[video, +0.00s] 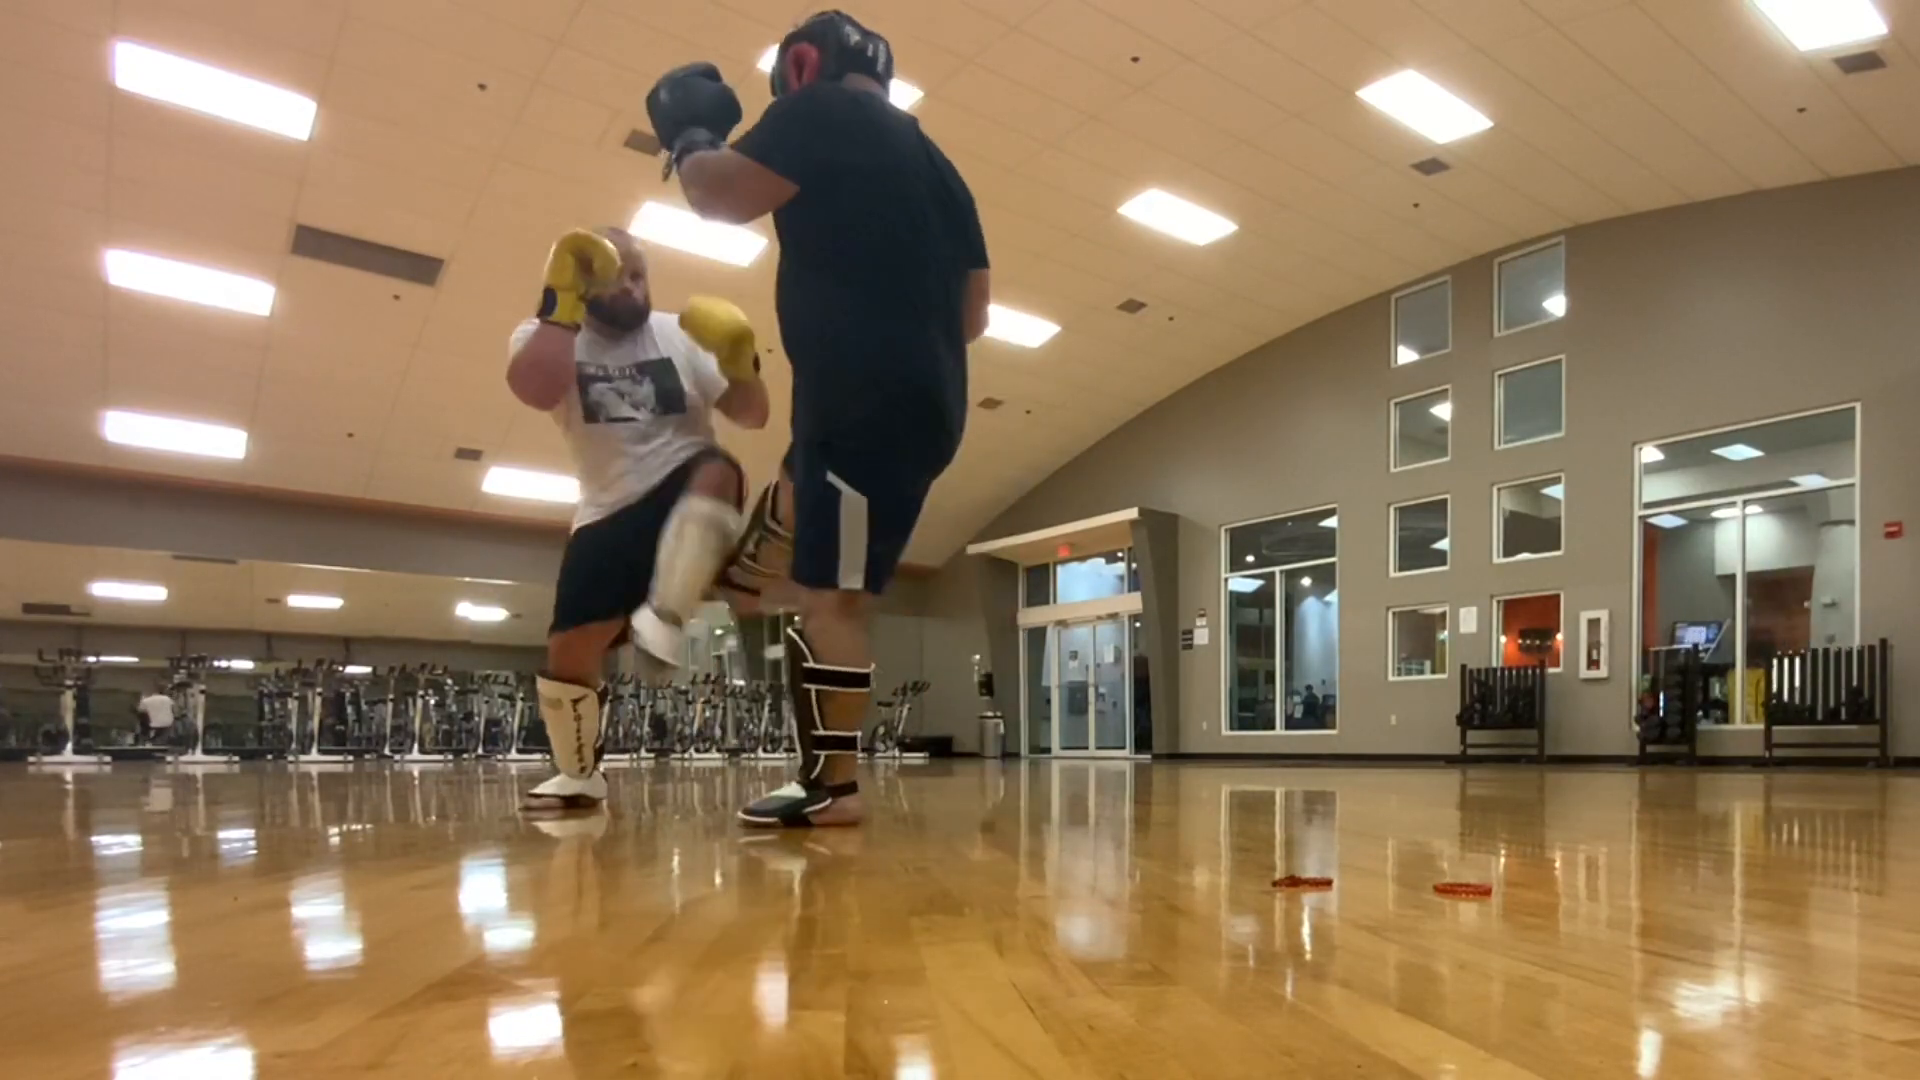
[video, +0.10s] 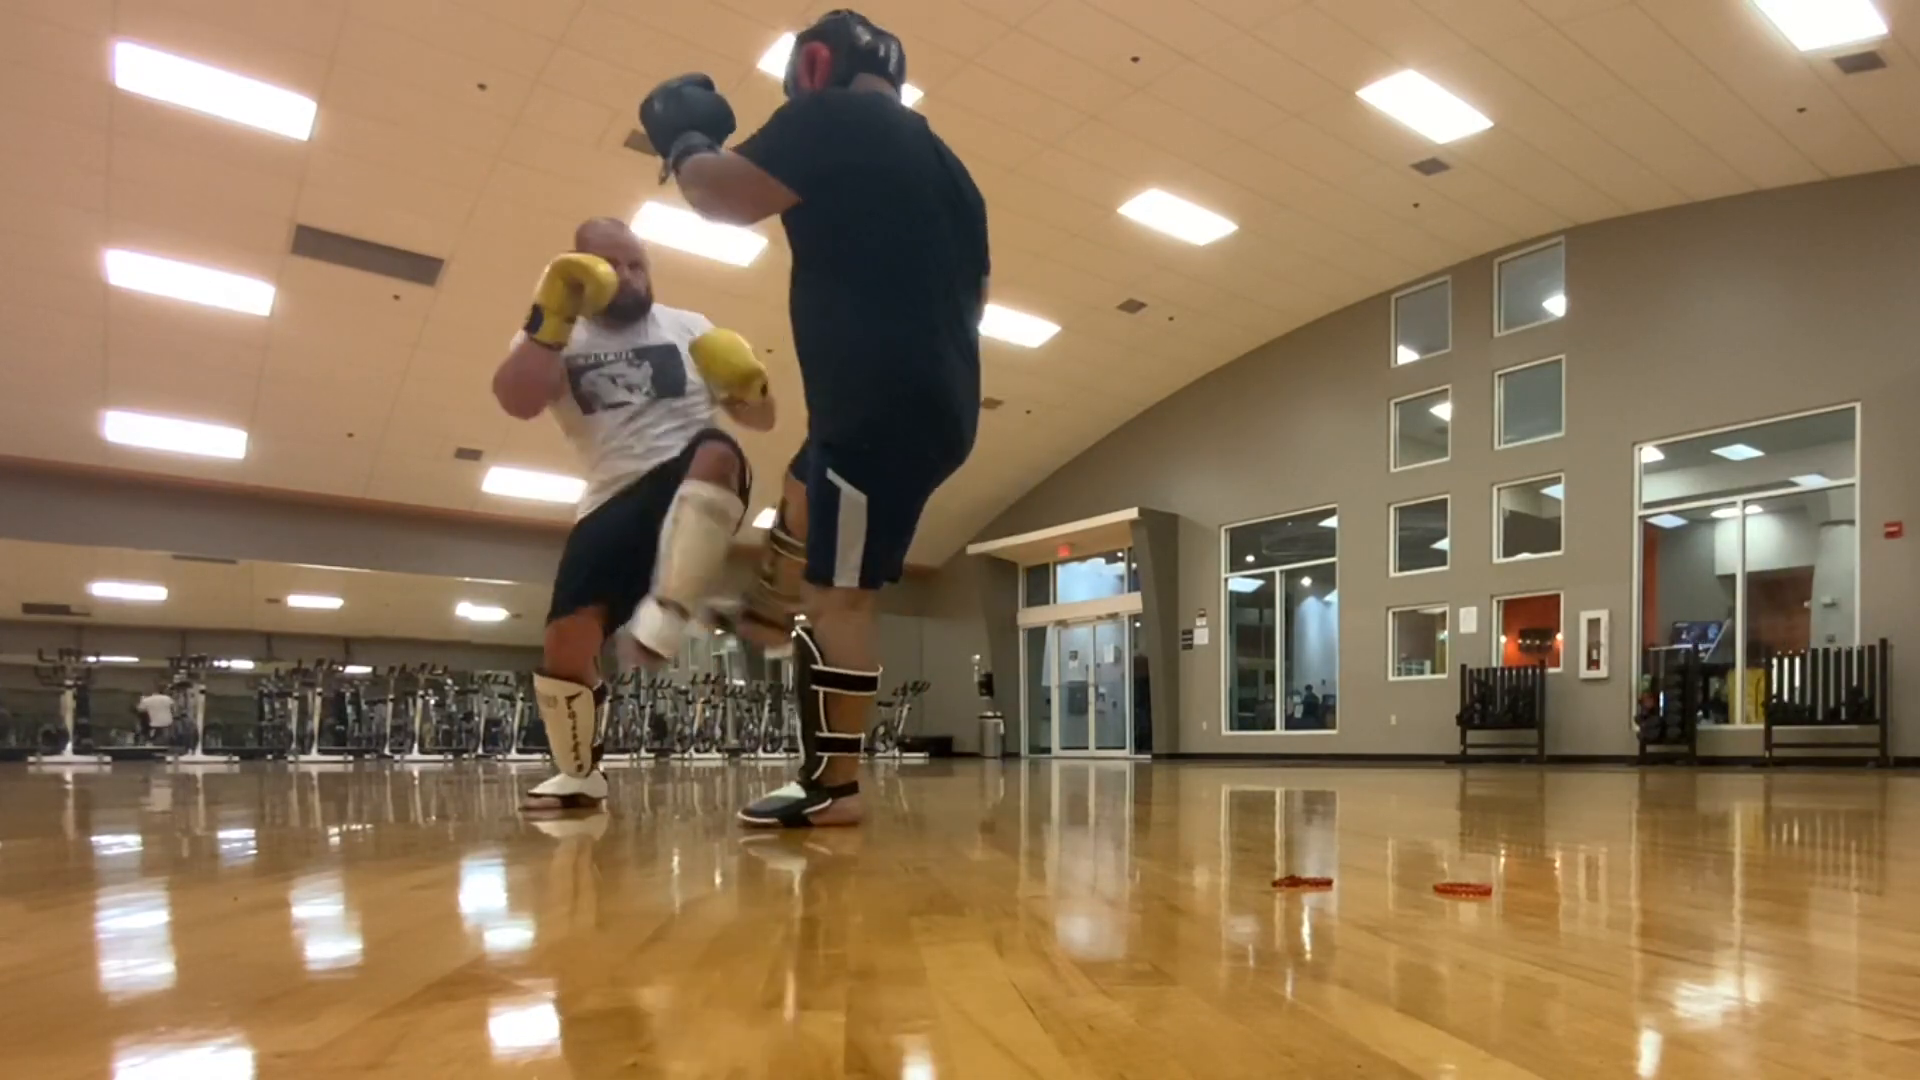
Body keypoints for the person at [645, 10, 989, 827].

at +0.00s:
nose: (784, 90)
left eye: (786, 75)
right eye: (786, 78)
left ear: (806, 62)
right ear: (875, 75)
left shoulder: (819, 109)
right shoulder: (936, 161)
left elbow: (724, 193)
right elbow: (972, 311)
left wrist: (690, 134)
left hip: (858, 386)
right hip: (926, 396)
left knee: (834, 596)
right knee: (772, 562)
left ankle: (834, 785)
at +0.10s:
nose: (793, 88)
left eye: (798, 73)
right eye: (795, 76)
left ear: (820, 61)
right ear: (892, 77)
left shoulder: (831, 116)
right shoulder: (948, 166)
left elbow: (730, 194)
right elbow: (971, 295)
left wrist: (683, 139)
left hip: (873, 396)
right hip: (943, 404)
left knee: (836, 591)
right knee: (810, 484)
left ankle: (835, 784)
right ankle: (773, 607)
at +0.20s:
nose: (812, 94)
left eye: (817, 77)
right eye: (813, 80)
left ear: (844, 62)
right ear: (913, 75)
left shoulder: (874, 120)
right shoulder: (952, 162)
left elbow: (773, 206)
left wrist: (712, 150)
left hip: (886, 398)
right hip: (949, 402)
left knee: (837, 593)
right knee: (870, 563)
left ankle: (832, 783)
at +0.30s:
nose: (852, 107)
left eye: (859, 87)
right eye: (855, 90)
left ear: (888, 74)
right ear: (947, 85)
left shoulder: (922, 135)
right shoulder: (965, 162)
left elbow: (854, 212)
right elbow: (908, 277)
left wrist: (771, 160)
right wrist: (813, 247)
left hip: (898, 420)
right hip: (974, 427)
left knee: (829, 595)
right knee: (936, 594)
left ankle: (830, 785)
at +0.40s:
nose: (914, 118)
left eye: (922, 98)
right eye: (917, 102)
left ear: (951, 86)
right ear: (1008, 97)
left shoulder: (990, 148)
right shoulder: (1010, 178)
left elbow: (949, 223)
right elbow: (902, 252)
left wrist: (834, 156)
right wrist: (801, 190)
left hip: (934, 433)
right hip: (1020, 438)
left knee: (855, 598)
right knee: (1026, 616)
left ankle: (831, 784)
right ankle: (1127, 764)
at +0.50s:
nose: (981, 101)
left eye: (987, 85)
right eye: (983, 89)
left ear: (1012, 75)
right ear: (1064, 85)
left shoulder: (1049, 135)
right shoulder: (1070, 171)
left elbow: (1020, 222)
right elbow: (981, 279)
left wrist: (903, 156)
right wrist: (877, 214)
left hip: (1006, 425)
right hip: (1091, 430)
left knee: (922, 594)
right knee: (1080, 604)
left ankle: (850, 779)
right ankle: (1136, 788)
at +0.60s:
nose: (1028, 82)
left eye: (1034, 64)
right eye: (1029, 70)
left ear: (1065, 50)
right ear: (1119, 62)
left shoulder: (1101, 110)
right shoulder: (1137, 153)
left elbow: (1039, 188)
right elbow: (1076, 307)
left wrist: (938, 142)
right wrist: (967, 280)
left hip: (1072, 399)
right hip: (1156, 412)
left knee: (970, 563)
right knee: (1113, 593)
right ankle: (1137, 786)